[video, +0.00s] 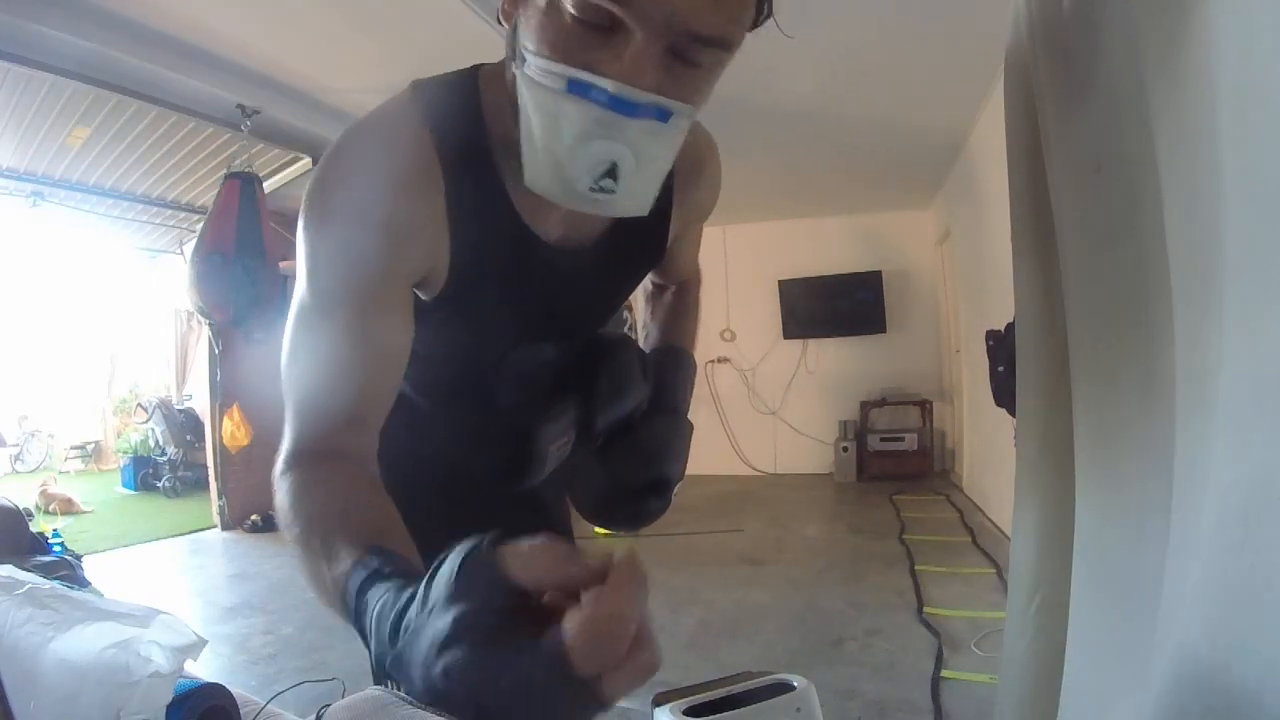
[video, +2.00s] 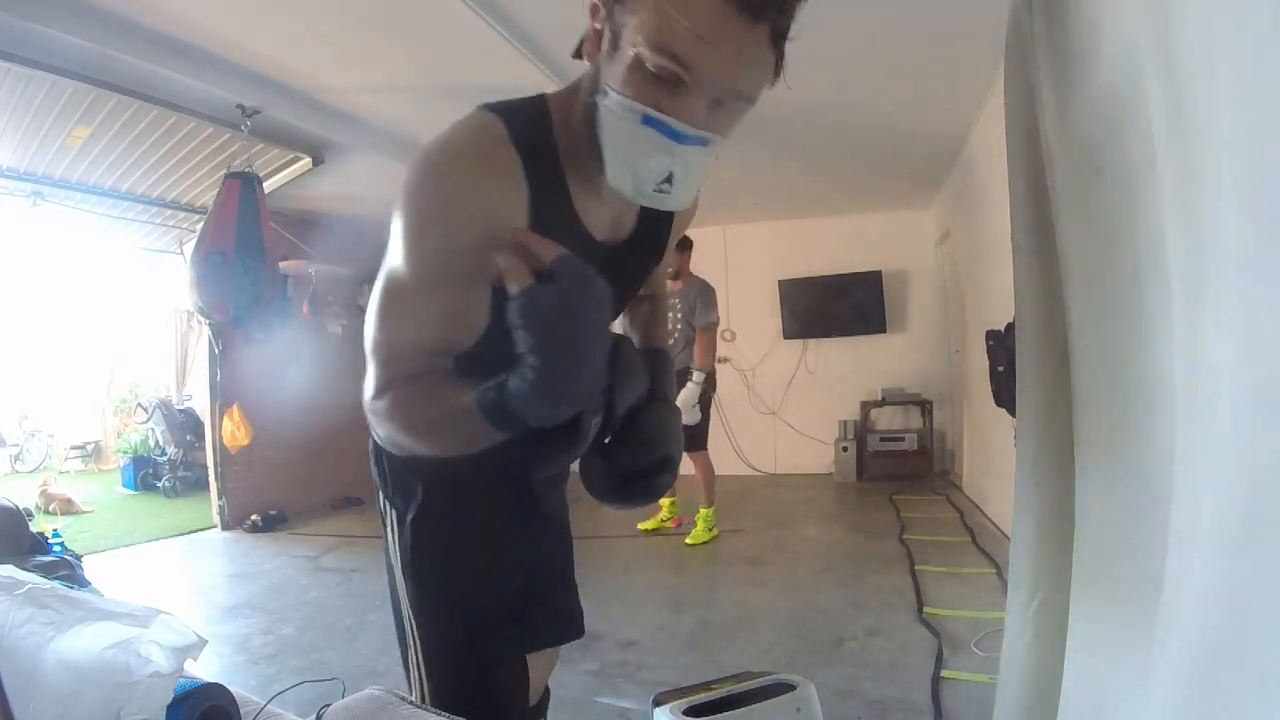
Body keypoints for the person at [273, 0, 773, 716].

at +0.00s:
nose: (629, 85)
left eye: (689, 56)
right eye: (596, 21)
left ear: (731, 56)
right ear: (515, 5)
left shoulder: (684, 169)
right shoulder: (389, 165)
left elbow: (674, 282)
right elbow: (322, 455)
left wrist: (660, 413)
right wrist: (398, 621)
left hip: (542, 486)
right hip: (407, 491)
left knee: (559, 682)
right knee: (435, 690)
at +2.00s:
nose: (686, 126)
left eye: (726, 102)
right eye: (661, 76)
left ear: (758, 94)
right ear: (597, 33)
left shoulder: (673, 180)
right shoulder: (470, 165)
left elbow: (646, 290)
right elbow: (394, 405)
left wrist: (655, 401)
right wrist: (522, 401)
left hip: (542, 446)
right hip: (439, 458)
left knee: (540, 648)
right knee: (479, 701)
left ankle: (526, 713)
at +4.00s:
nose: (741, 199)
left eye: (756, 187)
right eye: (742, 169)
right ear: (679, 117)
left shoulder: (612, 187)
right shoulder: (600, 186)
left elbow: (548, 351)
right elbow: (488, 397)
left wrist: (579, 441)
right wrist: (656, 425)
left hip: (467, 457)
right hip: (420, 461)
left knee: (509, 677)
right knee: (485, 703)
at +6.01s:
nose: (672, 105)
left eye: (707, 78)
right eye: (646, 58)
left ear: (728, 73)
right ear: (560, 28)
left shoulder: (669, 187)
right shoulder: (442, 165)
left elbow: (659, 300)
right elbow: (367, 405)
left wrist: (660, 407)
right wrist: (435, 437)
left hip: (545, 458)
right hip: (434, 471)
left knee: (527, 683)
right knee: (468, 704)